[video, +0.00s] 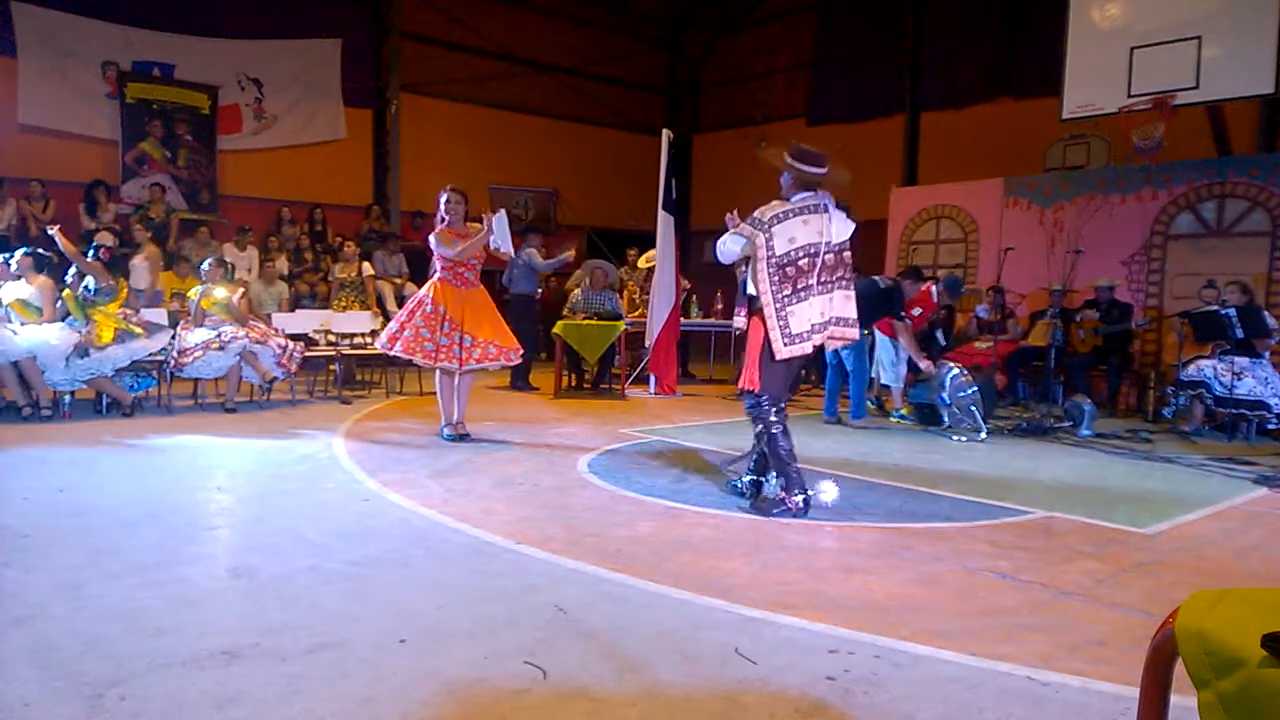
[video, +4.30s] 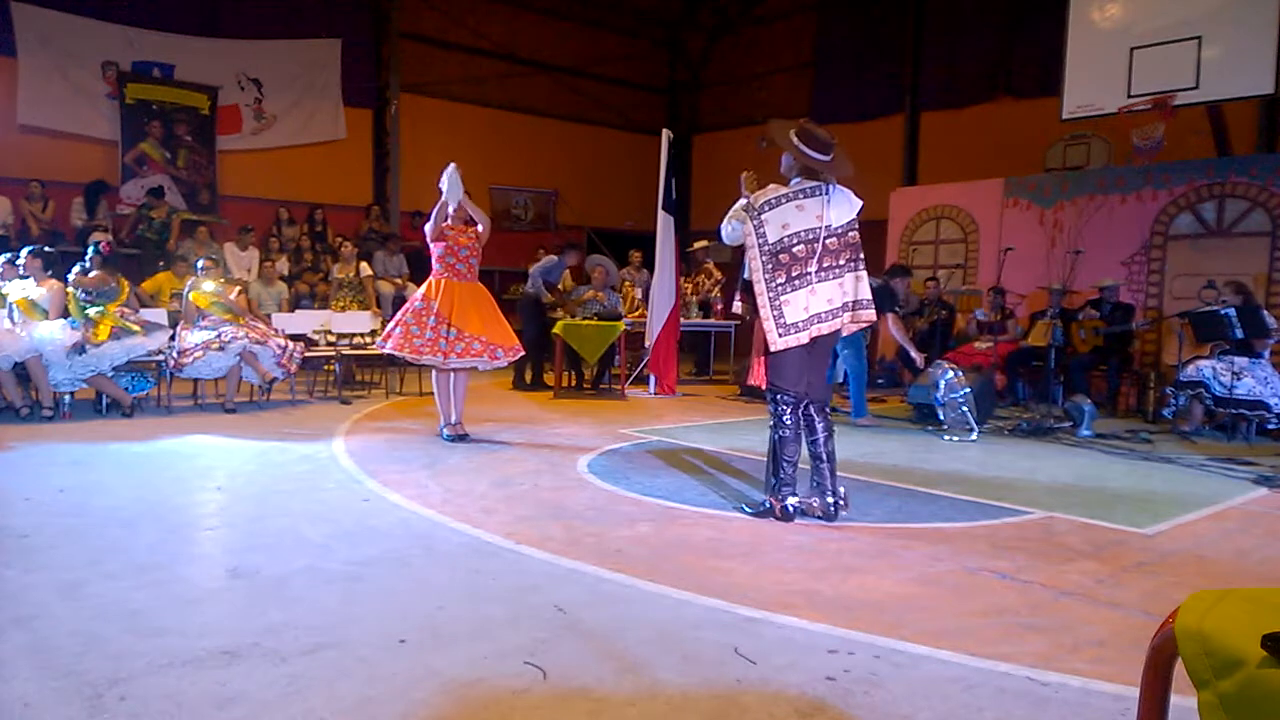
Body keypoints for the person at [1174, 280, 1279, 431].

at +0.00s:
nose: (1226, 296)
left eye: (1231, 293)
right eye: (1225, 293)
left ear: (1245, 297)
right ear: (1222, 296)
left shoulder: (1258, 315)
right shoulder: (1220, 315)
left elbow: (1265, 345)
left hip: (1253, 364)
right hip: (1224, 362)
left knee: (1245, 381)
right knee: (1199, 368)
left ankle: (1241, 426)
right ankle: (1196, 421)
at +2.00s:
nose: (1227, 296)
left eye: (1233, 292)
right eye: (1225, 293)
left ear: (1246, 297)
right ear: (1222, 296)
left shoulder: (1257, 314)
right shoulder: (1219, 315)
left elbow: (1264, 345)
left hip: (1253, 364)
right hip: (1223, 362)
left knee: (1246, 381)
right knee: (1198, 368)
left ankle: (1242, 425)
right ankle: (1196, 419)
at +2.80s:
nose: (1239, 297)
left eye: (1243, 293)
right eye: (1234, 293)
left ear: (1249, 297)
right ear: (1226, 297)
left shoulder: (1258, 314)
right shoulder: (1218, 314)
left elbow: (1265, 345)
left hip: (1253, 363)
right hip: (1223, 362)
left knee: (1247, 381)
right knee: (1198, 368)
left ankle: (1243, 426)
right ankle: (1196, 419)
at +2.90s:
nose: (1244, 297)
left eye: (1246, 293)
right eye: (1239, 293)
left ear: (1250, 296)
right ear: (1227, 297)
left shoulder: (1257, 314)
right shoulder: (1218, 315)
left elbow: (1265, 346)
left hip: (1253, 364)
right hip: (1223, 362)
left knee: (1247, 381)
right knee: (1198, 368)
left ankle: (1243, 425)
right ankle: (1195, 419)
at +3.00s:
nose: (1244, 297)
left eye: (1246, 293)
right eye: (1239, 293)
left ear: (1250, 296)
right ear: (1227, 297)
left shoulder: (1258, 314)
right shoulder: (1218, 315)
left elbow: (1265, 345)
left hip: (1253, 364)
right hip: (1222, 362)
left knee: (1248, 381)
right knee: (1198, 368)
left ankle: (1243, 425)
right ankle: (1196, 419)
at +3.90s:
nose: (1222, 302)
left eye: (1226, 298)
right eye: (1221, 298)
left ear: (1242, 298)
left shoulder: (1259, 316)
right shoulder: (1218, 317)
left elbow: (1263, 346)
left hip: (1253, 365)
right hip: (1223, 363)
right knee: (1196, 368)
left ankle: (1243, 424)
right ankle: (1196, 419)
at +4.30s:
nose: (1221, 303)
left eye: (1225, 299)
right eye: (1220, 299)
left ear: (1241, 298)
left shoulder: (1258, 315)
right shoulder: (1220, 317)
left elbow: (1261, 346)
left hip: (1254, 367)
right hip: (1225, 365)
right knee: (1197, 368)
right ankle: (1195, 421)